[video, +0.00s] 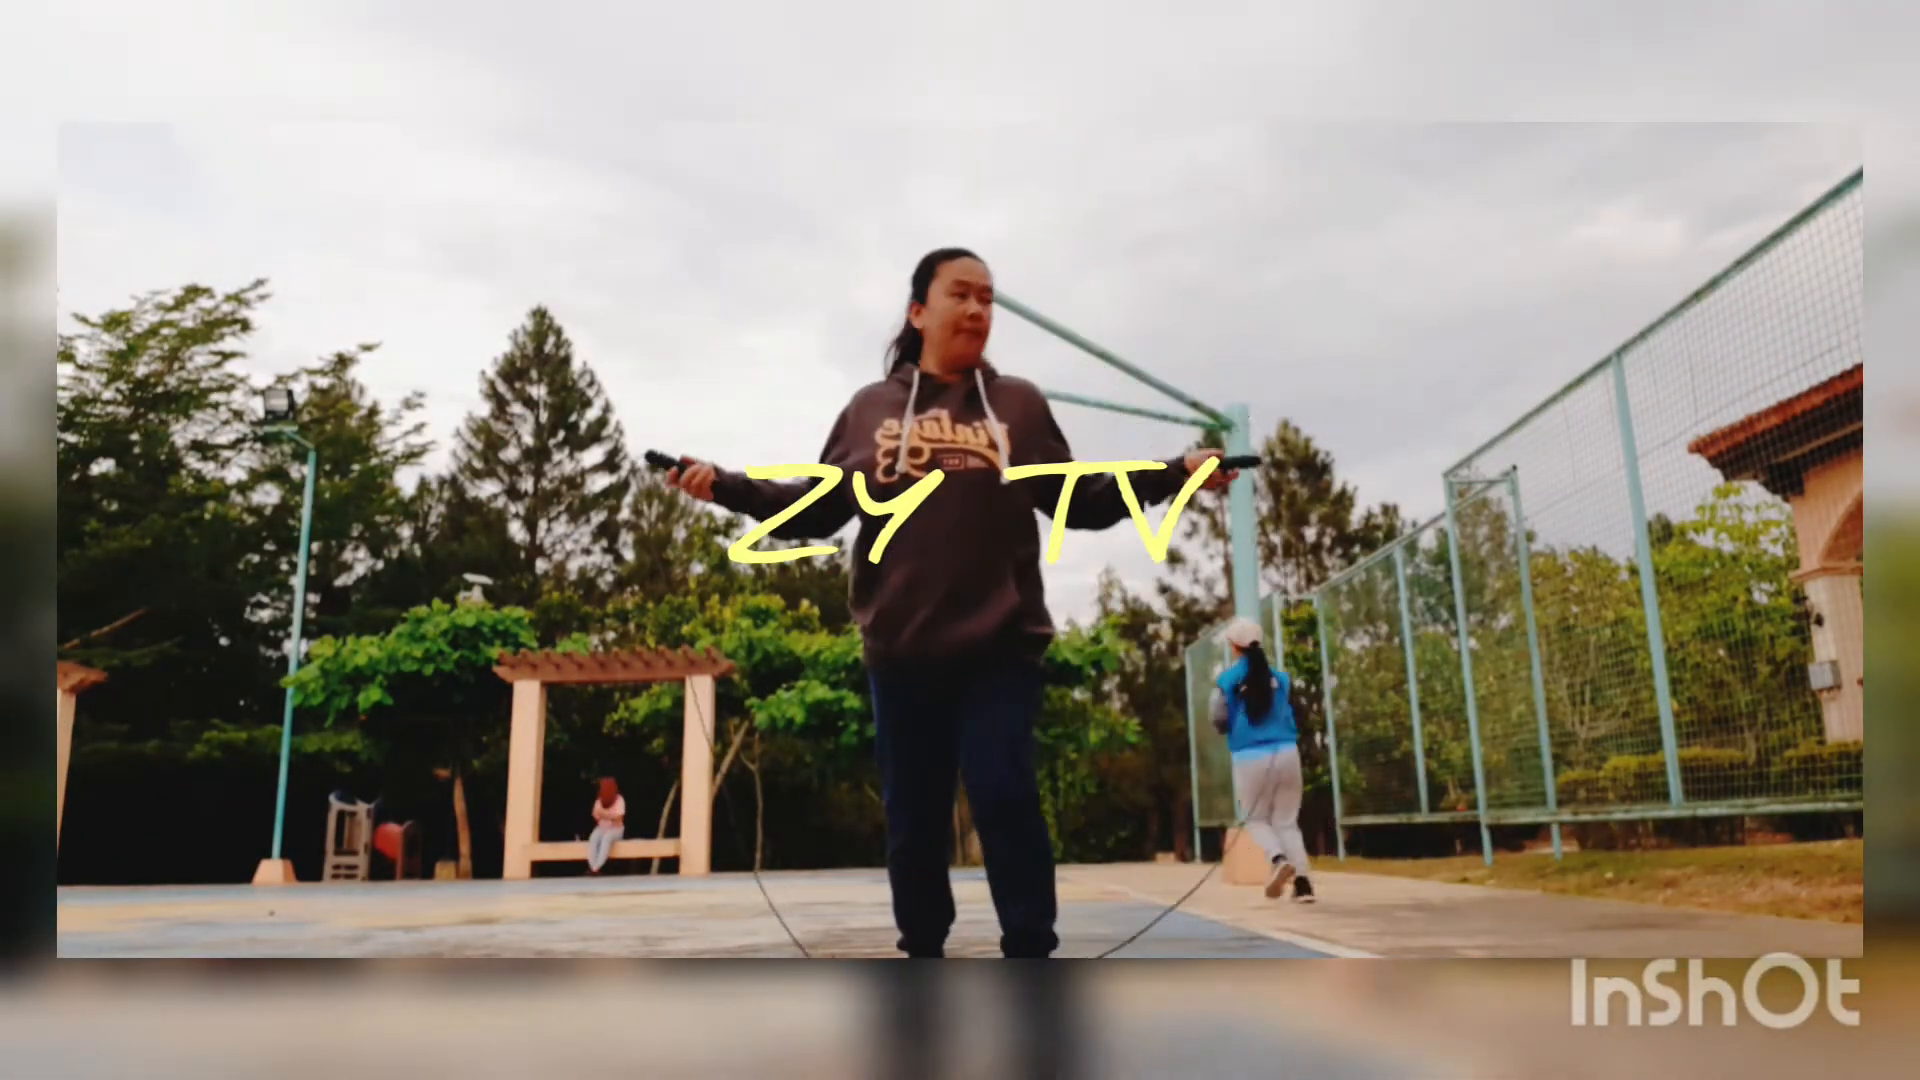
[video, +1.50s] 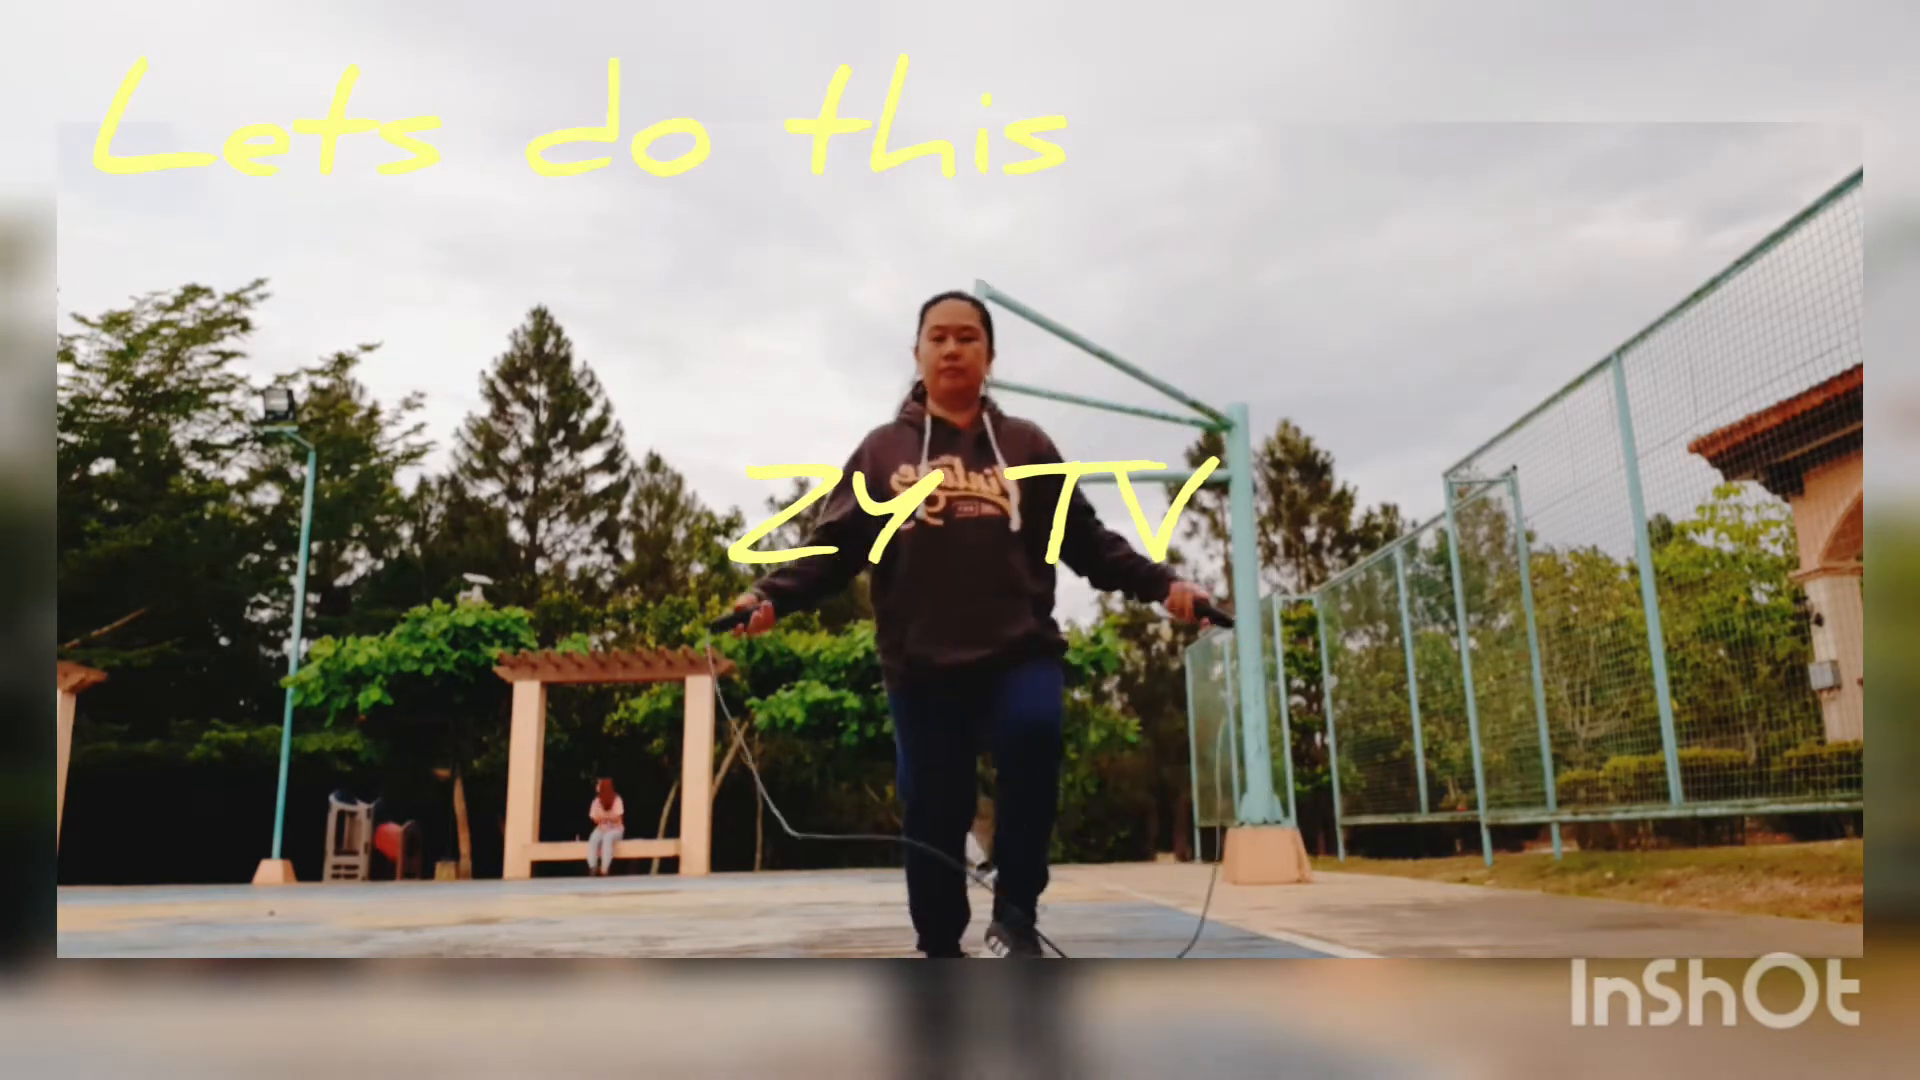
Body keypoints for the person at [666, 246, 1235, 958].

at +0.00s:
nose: (978, 310)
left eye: (987, 300)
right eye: (961, 295)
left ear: (994, 317)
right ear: (917, 312)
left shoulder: (1018, 404)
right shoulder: (869, 408)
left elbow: (1079, 499)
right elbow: (819, 508)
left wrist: (1176, 475)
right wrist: (727, 486)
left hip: (999, 640)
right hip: (903, 647)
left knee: (1004, 795)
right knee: (914, 813)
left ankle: (1031, 955)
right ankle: (922, 957)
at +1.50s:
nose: (953, 350)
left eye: (967, 338)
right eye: (939, 337)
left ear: (990, 355)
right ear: (917, 353)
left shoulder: (1026, 445)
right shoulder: (883, 450)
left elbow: (1084, 539)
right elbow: (831, 545)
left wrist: (1164, 586)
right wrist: (772, 595)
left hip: (1020, 654)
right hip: (925, 662)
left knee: (1035, 739)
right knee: (932, 810)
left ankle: (1017, 921)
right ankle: (939, 952)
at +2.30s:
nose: (943, 276)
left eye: (959, 265)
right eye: (929, 266)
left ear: (987, 287)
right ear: (907, 290)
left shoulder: (1032, 381)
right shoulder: (867, 384)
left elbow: (1106, 465)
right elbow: (812, 491)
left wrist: (1199, 416)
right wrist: (755, 447)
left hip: (1006, 620)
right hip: (902, 622)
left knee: (1007, 789)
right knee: (906, 789)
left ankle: (1008, 954)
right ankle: (896, 956)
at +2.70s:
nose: (945, 213)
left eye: (961, 200)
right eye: (930, 202)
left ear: (988, 222)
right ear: (910, 224)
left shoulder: (1032, 320)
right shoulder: (873, 328)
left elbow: (1085, 436)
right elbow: (822, 445)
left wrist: (1170, 499)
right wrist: (750, 517)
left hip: (1018, 570)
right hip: (912, 572)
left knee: (1018, 752)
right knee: (924, 755)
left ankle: (1018, 926)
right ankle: (935, 929)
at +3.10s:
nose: (946, 214)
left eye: (962, 202)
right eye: (932, 204)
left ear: (990, 225)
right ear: (911, 228)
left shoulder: (1041, 316)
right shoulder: (878, 329)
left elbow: (1112, 431)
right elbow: (822, 454)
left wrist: (1195, 499)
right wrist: (743, 535)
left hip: (1024, 561)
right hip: (921, 565)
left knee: (1016, 739)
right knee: (933, 741)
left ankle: (1019, 919)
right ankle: (942, 917)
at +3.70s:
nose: (955, 217)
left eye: (970, 204)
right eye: (940, 206)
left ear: (997, 226)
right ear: (919, 230)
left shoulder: (1044, 323)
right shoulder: (884, 336)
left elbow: (1108, 446)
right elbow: (828, 464)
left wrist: (1196, 482)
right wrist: (745, 515)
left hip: (1027, 570)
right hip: (922, 572)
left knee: (1024, 750)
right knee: (933, 750)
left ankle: (1019, 929)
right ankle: (950, 924)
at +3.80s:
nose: (957, 257)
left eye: (973, 245)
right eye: (942, 247)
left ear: (1000, 270)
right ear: (921, 271)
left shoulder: (1048, 370)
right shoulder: (886, 377)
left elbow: (1110, 480)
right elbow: (836, 495)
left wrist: (1215, 479)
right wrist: (736, 518)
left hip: (1031, 611)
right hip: (924, 613)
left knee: (1026, 788)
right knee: (935, 791)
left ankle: (1030, 949)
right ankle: (935, 953)